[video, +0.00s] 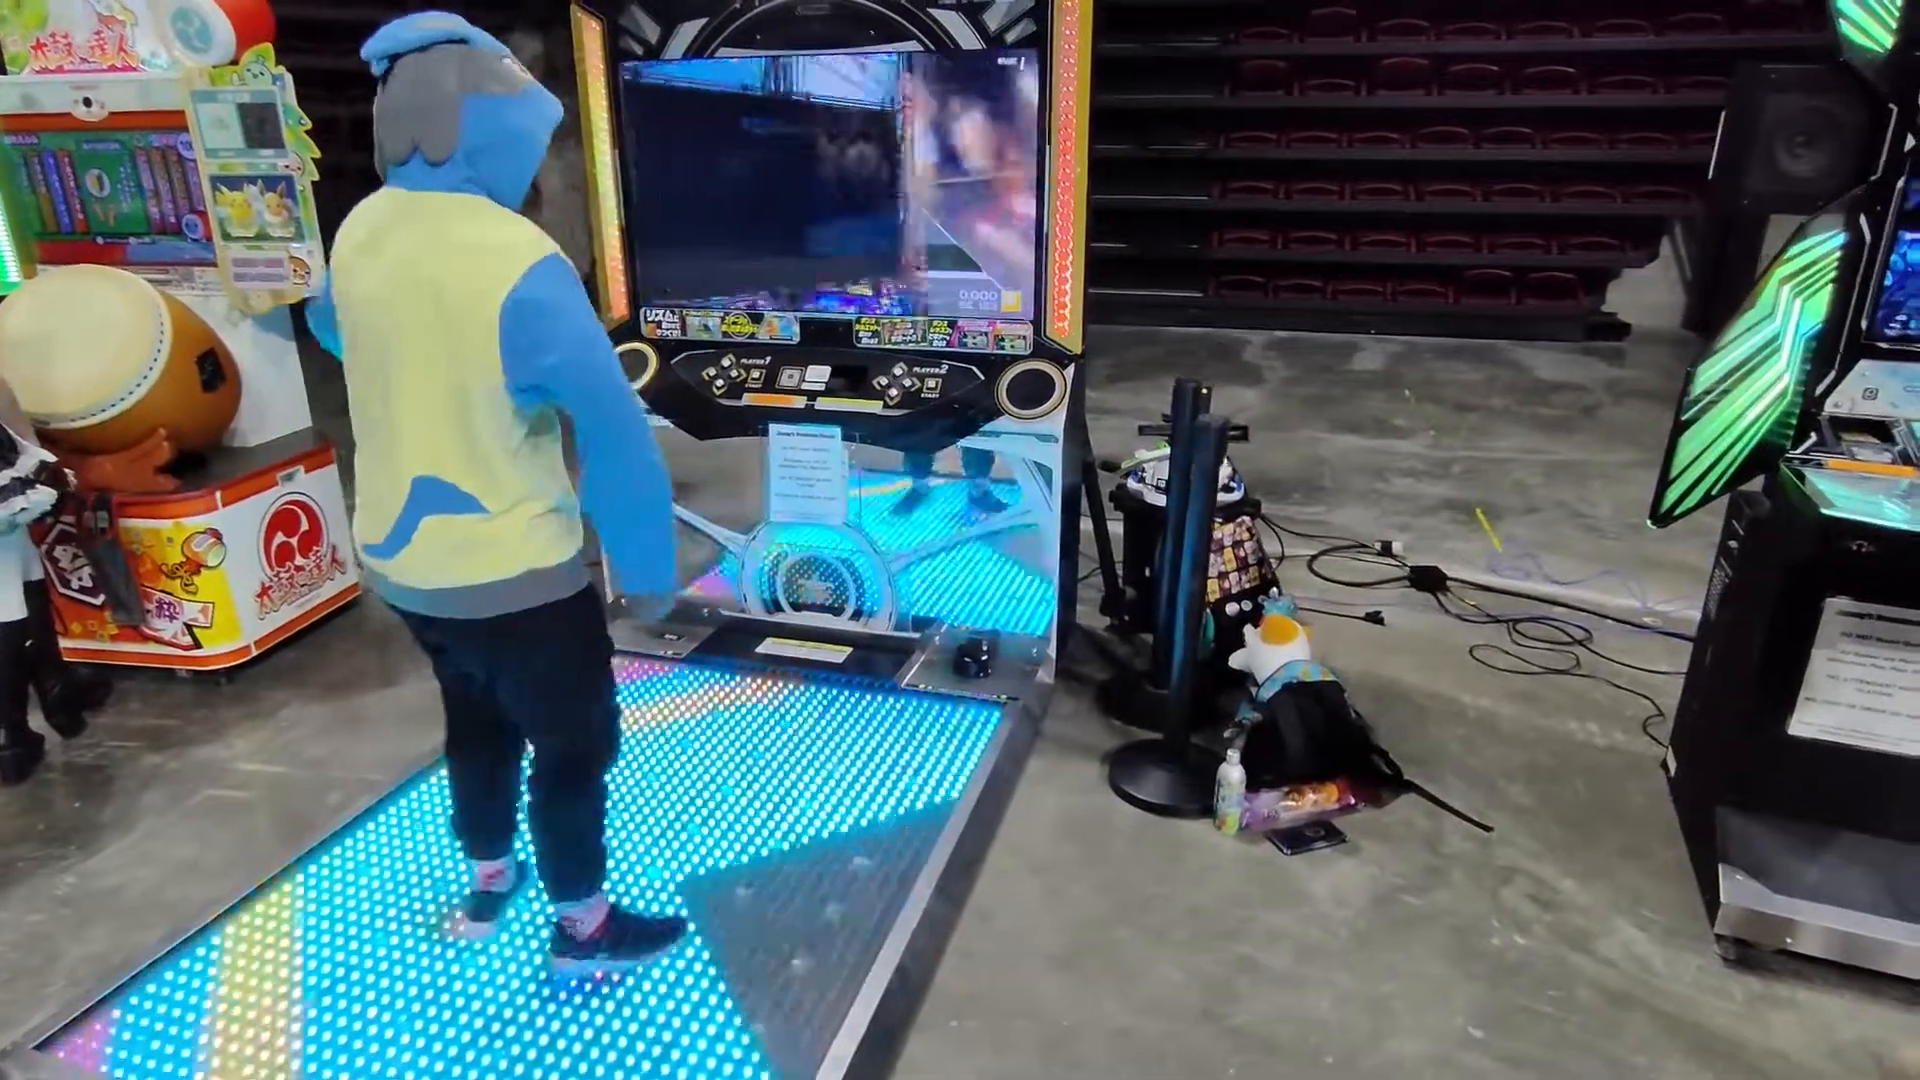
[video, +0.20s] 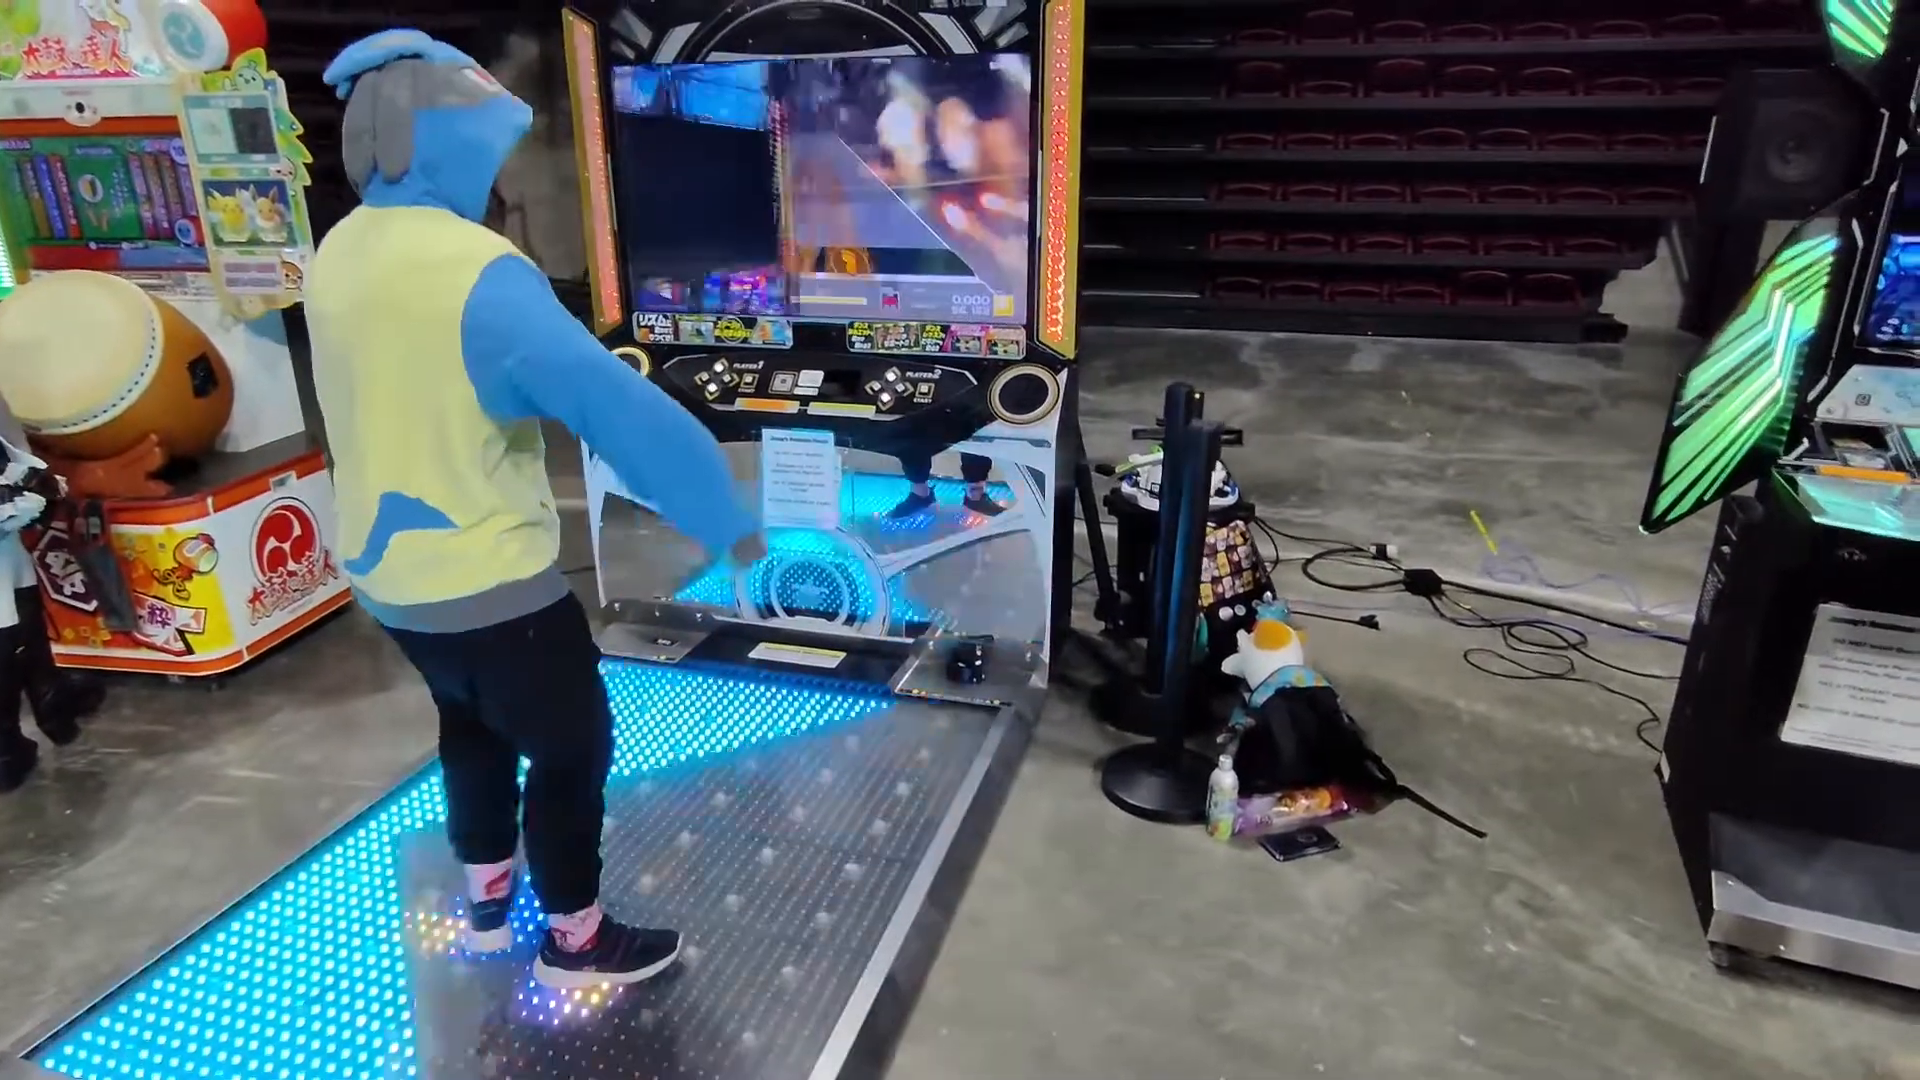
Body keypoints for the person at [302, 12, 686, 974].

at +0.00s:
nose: (530, 145)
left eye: (525, 124)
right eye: (515, 125)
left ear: (414, 134)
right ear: (471, 130)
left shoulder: (362, 232)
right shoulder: (520, 264)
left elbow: (337, 335)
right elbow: (615, 429)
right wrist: (648, 568)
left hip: (408, 567)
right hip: (521, 574)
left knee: (478, 718)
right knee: (575, 743)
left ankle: (489, 872)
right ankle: (581, 920)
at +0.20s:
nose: (495, 159)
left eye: (492, 138)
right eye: (482, 138)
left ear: (383, 146)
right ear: (436, 141)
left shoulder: (333, 259)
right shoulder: (481, 273)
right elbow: (619, 405)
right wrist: (723, 515)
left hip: (389, 577)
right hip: (495, 582)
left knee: (472, 724)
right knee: (571, 744)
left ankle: (489, 895)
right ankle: (573, 935)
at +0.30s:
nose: (485, 163)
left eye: (481, 142)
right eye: (471, 144)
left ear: (368, 148)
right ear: (421, 145)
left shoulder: (322, 258)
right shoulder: (461, 275)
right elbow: (607, 396)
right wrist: (776, 465)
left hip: (379, 584)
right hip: (487, 587)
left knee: (459, 709)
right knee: (563, 743)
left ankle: (448, 879)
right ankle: (568, 932)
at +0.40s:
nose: (473, 155)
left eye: (468, 136)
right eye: (458, 136)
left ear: (351, 147)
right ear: (410, 141)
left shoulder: (305, 261)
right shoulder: (457, 272)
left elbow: (309, 422)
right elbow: (596, 396)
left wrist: (299, 549)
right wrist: (772, 435)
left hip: (371, 586)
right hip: (484, 589)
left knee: (444, 713)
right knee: (548, 750)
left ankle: (428, 885)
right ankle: (561, 940)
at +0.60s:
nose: (443, 156)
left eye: (433, 136)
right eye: (428, 137)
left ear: (311, 159)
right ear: (393, 149)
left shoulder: (258, 272)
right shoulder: (437, 285)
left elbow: (196, 446)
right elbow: (558, 438)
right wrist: (724, 472)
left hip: (337, 599)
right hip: (469, 593)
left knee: (417, 721)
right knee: (533, 754)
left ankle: (423, 897)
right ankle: (551, 930)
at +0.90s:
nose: (449, 151)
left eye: (442, 130)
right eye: (437, 130)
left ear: (302, 148)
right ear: (400, 141)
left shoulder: (250, 258)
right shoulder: (448, 279)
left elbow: (237, 333)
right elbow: (540, 390)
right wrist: (648, 400)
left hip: (336, 595)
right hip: (473, 586)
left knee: (399, 736)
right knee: (546, 746)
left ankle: (421, 902)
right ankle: (579, 921)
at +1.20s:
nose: (491, 152)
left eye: (482, 131)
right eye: (479, 133)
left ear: (353, 145)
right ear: (451, 143)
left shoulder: (310, 258)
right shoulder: (504, 284)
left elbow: (327, 399)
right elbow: (594, 421)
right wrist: (633, 502)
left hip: (383, 586)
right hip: (515, 589)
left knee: (431, 729)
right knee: (548, 762)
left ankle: (425, 900)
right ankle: (588, 928)